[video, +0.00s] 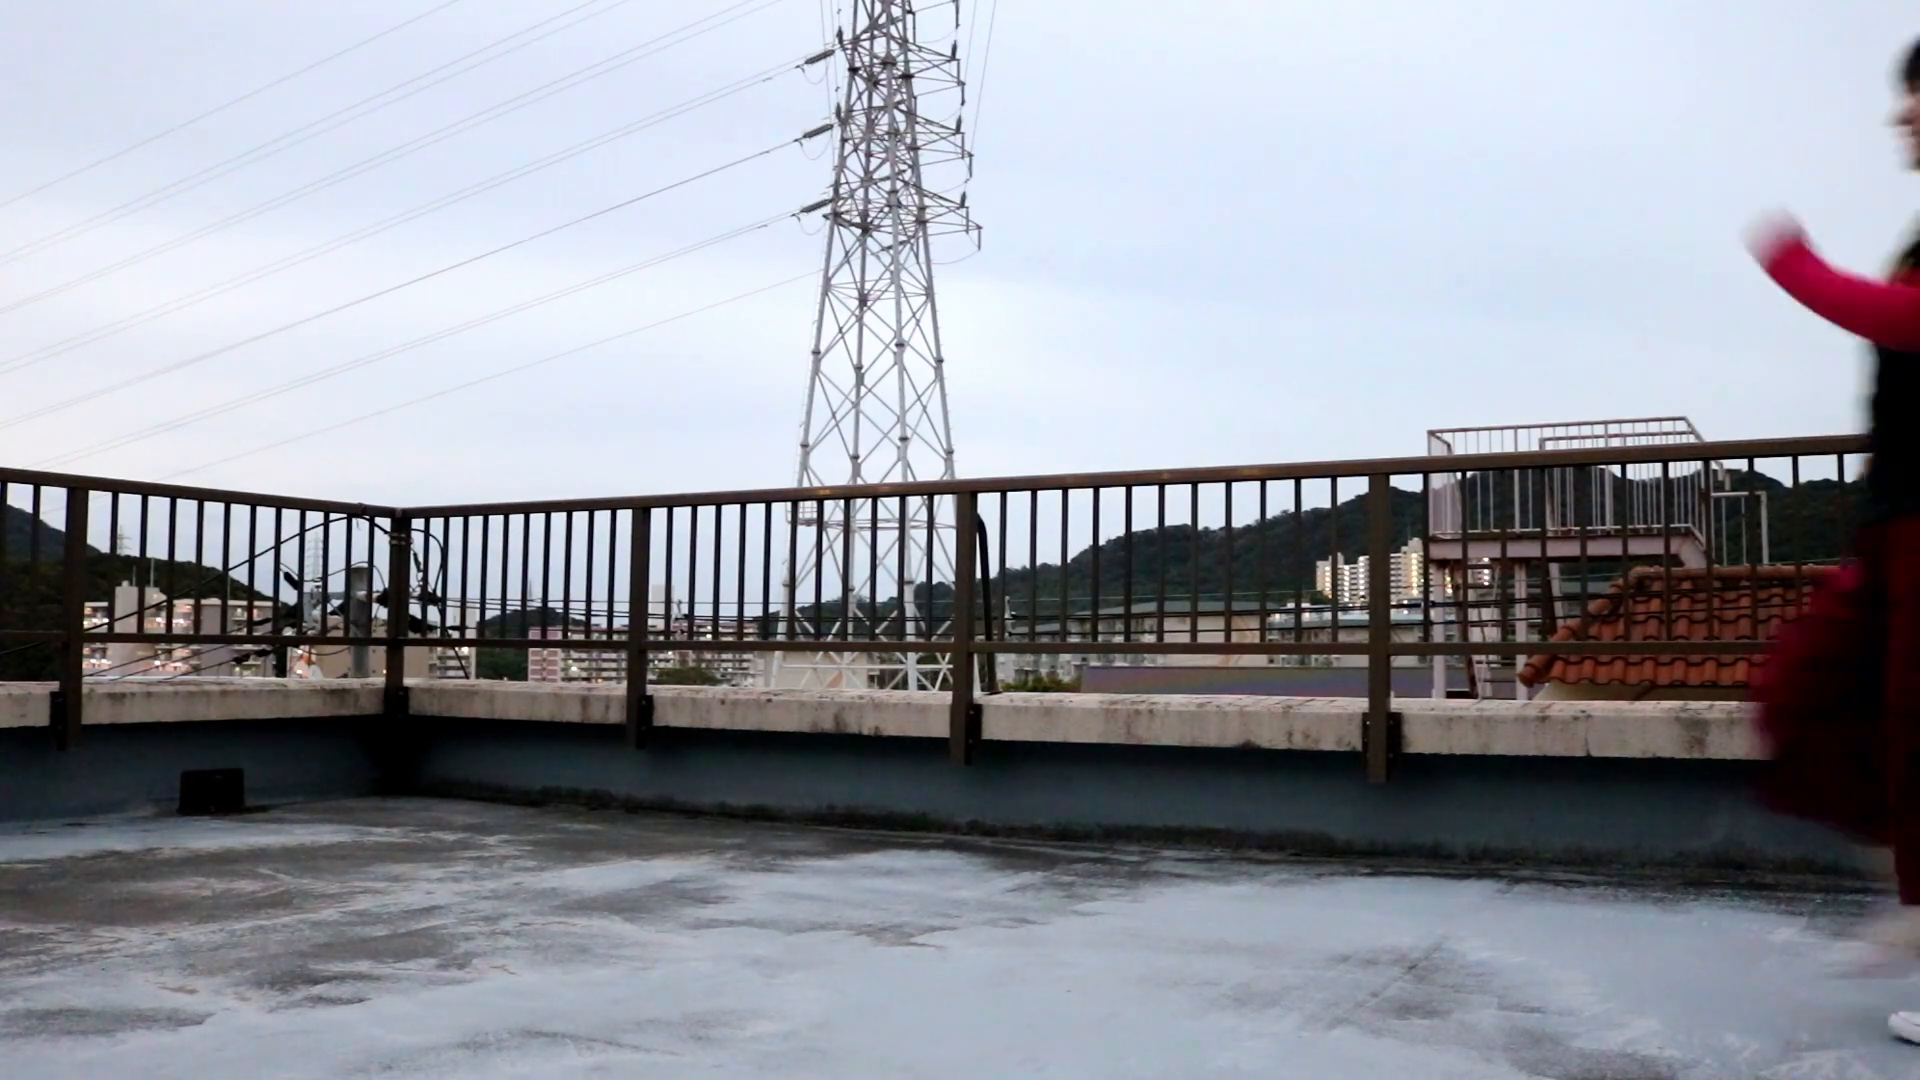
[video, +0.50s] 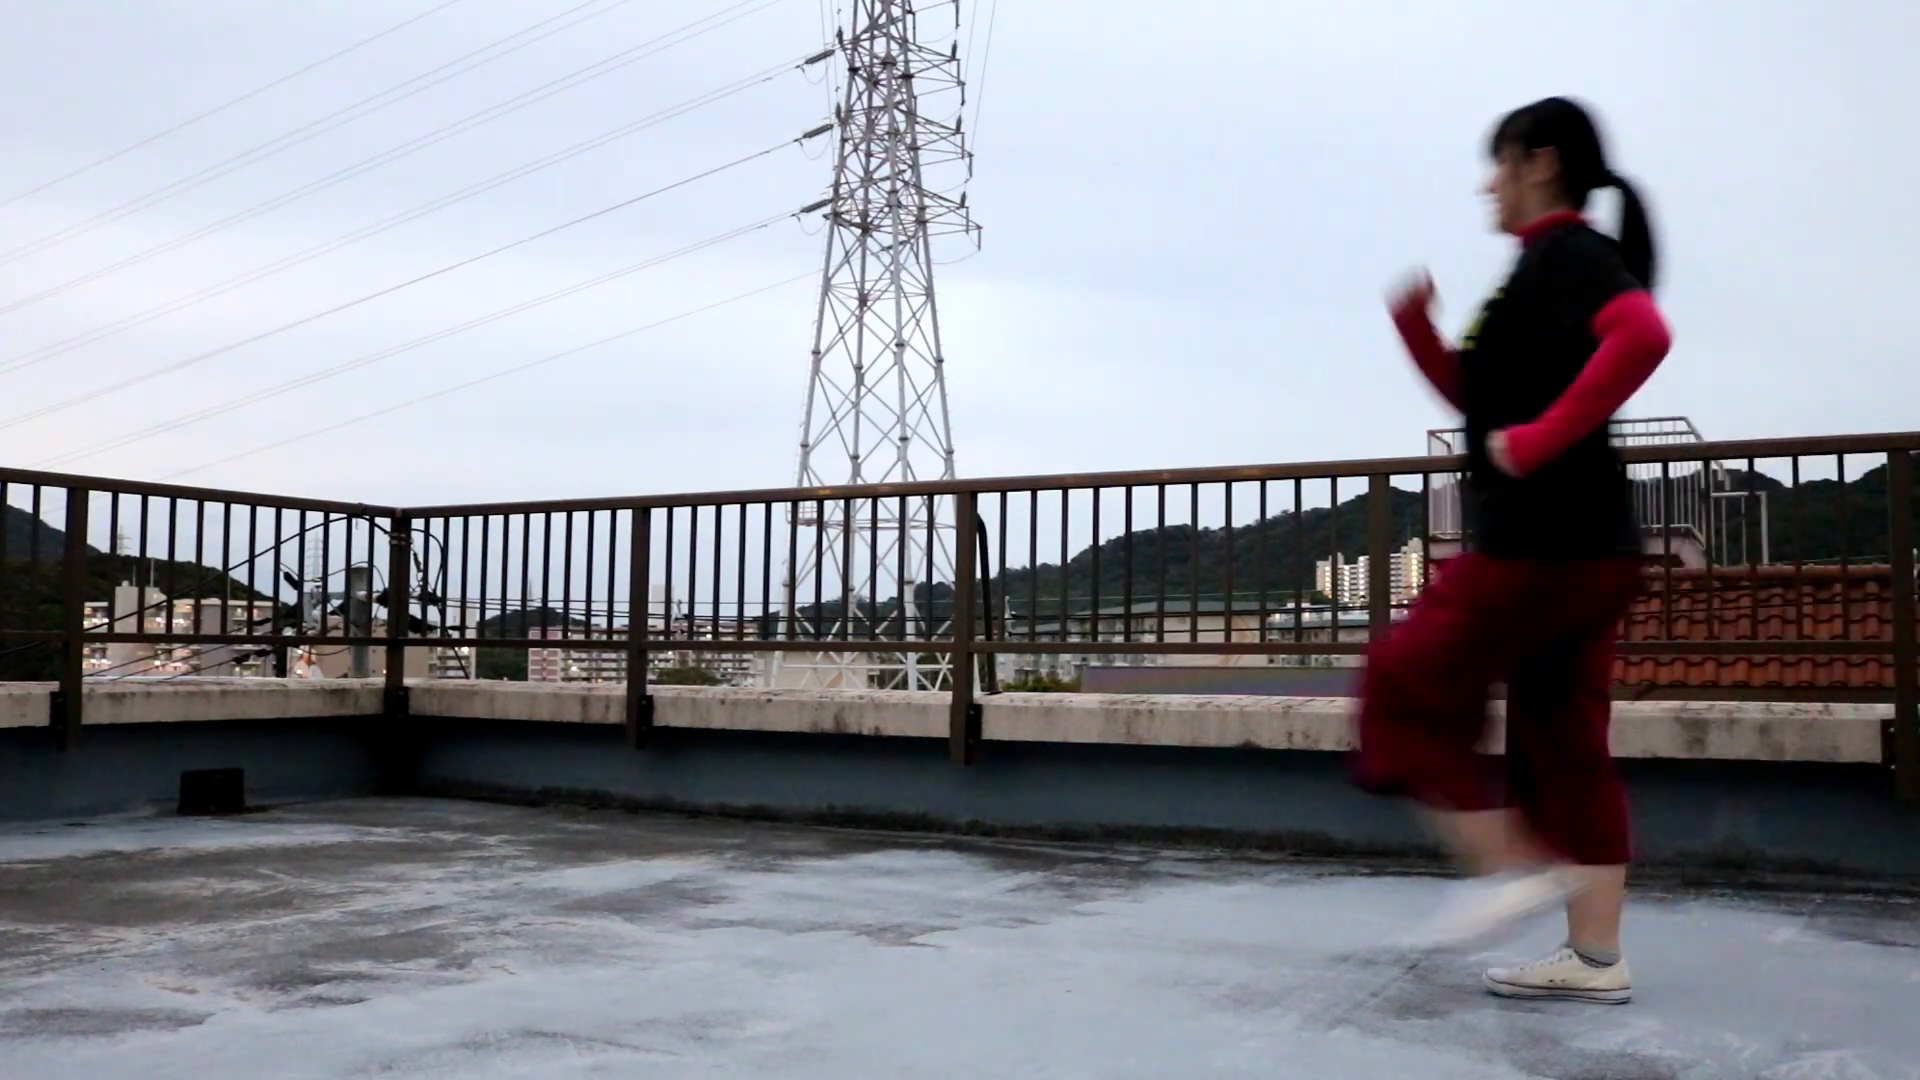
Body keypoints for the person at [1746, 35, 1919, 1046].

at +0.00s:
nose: (1903, 125)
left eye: (1913, 109)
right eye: (1904, 108)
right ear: (1910, 120)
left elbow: (1902, 319)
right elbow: (1897, 326)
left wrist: (1798, 264)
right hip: (1899, 525)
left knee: (1905, 720)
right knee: (1804, 687)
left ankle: (1916, 918)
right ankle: (1910, 893)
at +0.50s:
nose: (1488, 180)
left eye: (1499, 163)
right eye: (1491, 164)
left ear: (1544, 166)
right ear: (1544, 170)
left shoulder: (1571, 254)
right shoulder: (1538, 273)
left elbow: (1642, 333)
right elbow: (1472, 396)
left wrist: (1542, 435)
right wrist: (1415, 323)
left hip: (1539, 546)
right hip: (1575, 546)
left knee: (1400, 687)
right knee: (1566, 734)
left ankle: (1507, 864)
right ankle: (1595, 955)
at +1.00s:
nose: (1148, 220)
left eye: (1156, 205)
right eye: (1152, 205)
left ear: (1187, 210)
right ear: (1215, 216)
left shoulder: (1157, 301)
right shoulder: (1238, 312)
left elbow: (1053, 359)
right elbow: (1308, 414)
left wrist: (1024, 308)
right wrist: (1257, 502)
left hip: (1182, 553)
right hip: (1231, 548)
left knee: (1210, 725)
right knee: (1076, 680)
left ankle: (1249, 926)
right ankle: (1143, 833)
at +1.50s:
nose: (848, 248)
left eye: (856, 235)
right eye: (851, 235)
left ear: (885, 239)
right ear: (906, 244)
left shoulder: (903, 315)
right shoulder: (887, 324)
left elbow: (950, 393)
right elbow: (833, 414)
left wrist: (876, 466)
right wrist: (794, 343)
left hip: (869, 567)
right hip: (913, 565)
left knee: (743, 684)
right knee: (908, 730)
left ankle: (806, 854)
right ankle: (931, 911)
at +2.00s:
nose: (574, 261)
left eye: (580, 250)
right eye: (578, 249)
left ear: (597, 258)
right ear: (641, 264)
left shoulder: (572, 333)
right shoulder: (654, 348)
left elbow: (471, 394)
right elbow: (706, 449)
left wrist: (469, 342)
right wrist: (647, 506)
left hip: (571, 559)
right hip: (621, 561)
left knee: (591, 720)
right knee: (497, 674)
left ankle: (620, 906)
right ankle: (508, 844)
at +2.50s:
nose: (343, 283)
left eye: (348, 272)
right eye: (347, 272)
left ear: (365, 280)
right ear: (404, 288)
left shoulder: (364, 341)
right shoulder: (398, 350)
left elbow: (393, 392)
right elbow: (338, 438)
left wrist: (335, 493)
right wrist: (299, 381)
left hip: (337, 564)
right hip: (403, 563)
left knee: (250, 689)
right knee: (396, 718)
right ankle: (390, 884)